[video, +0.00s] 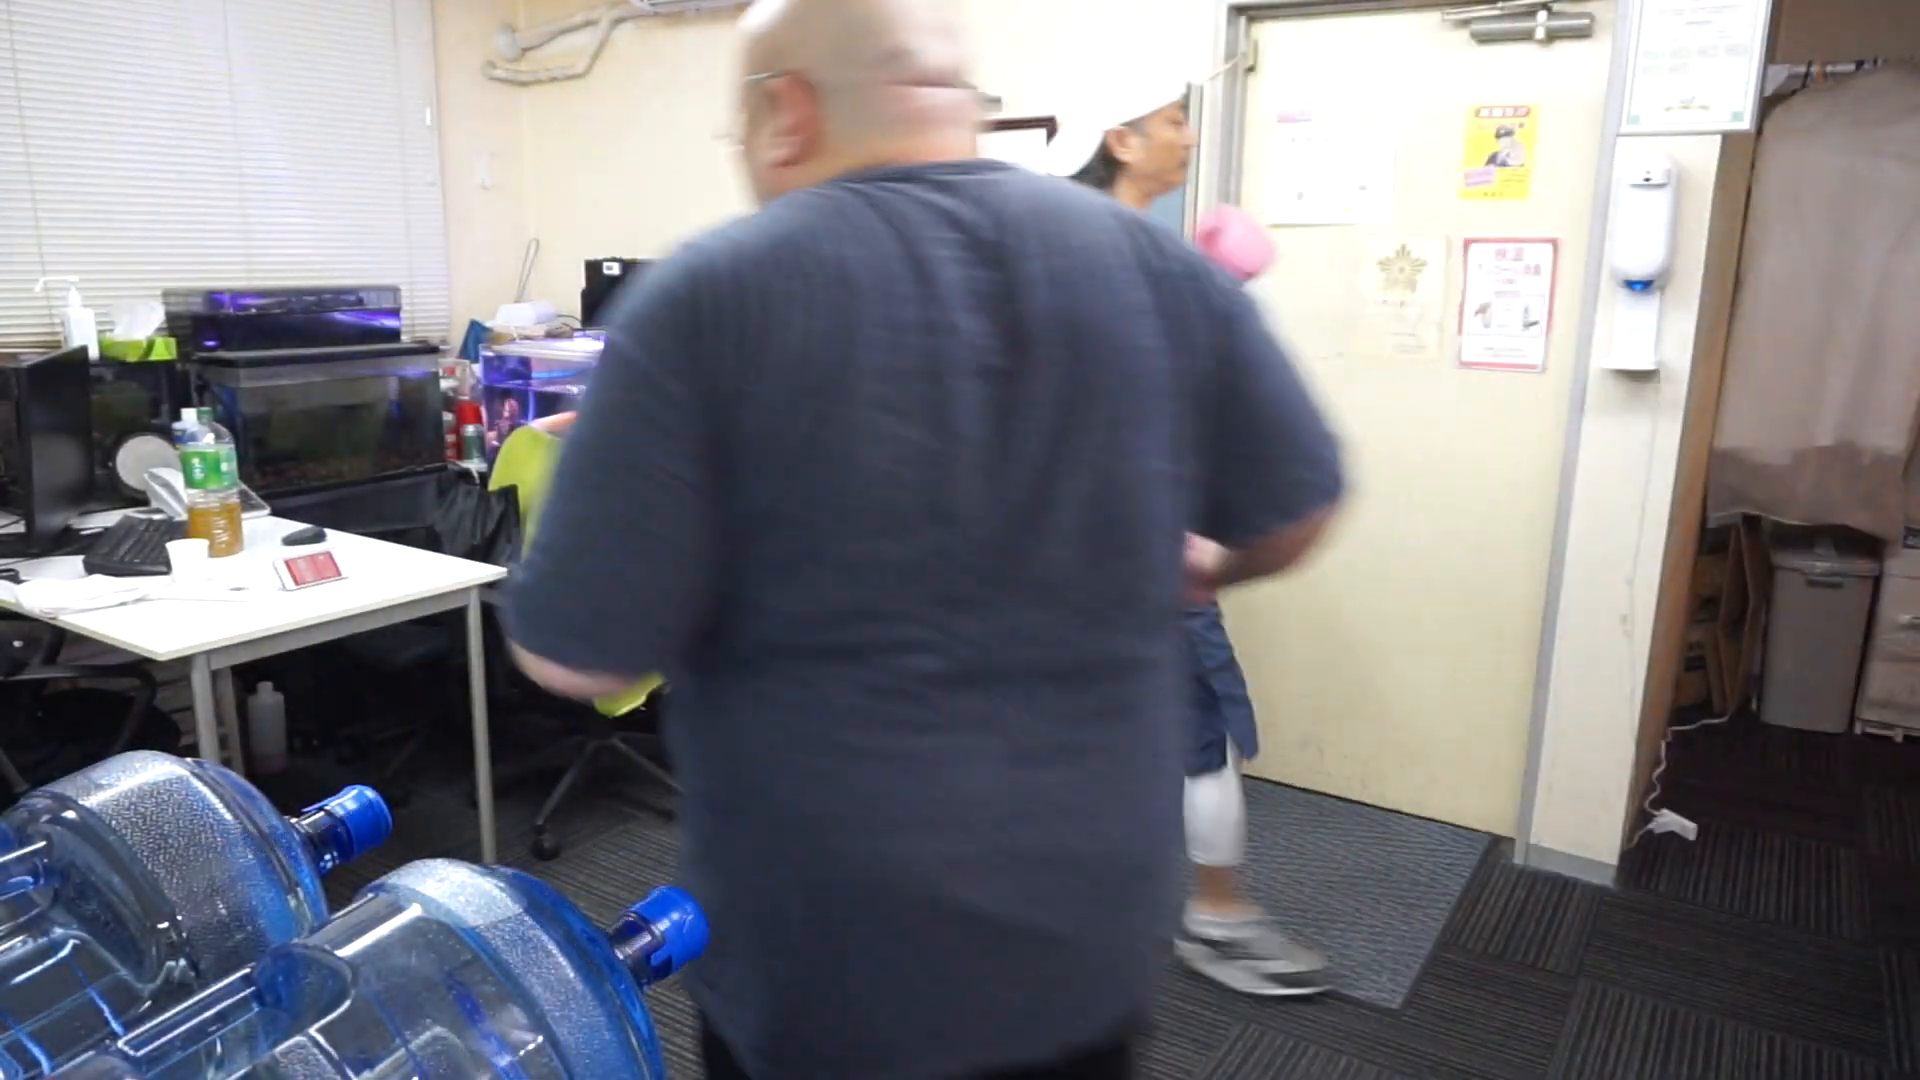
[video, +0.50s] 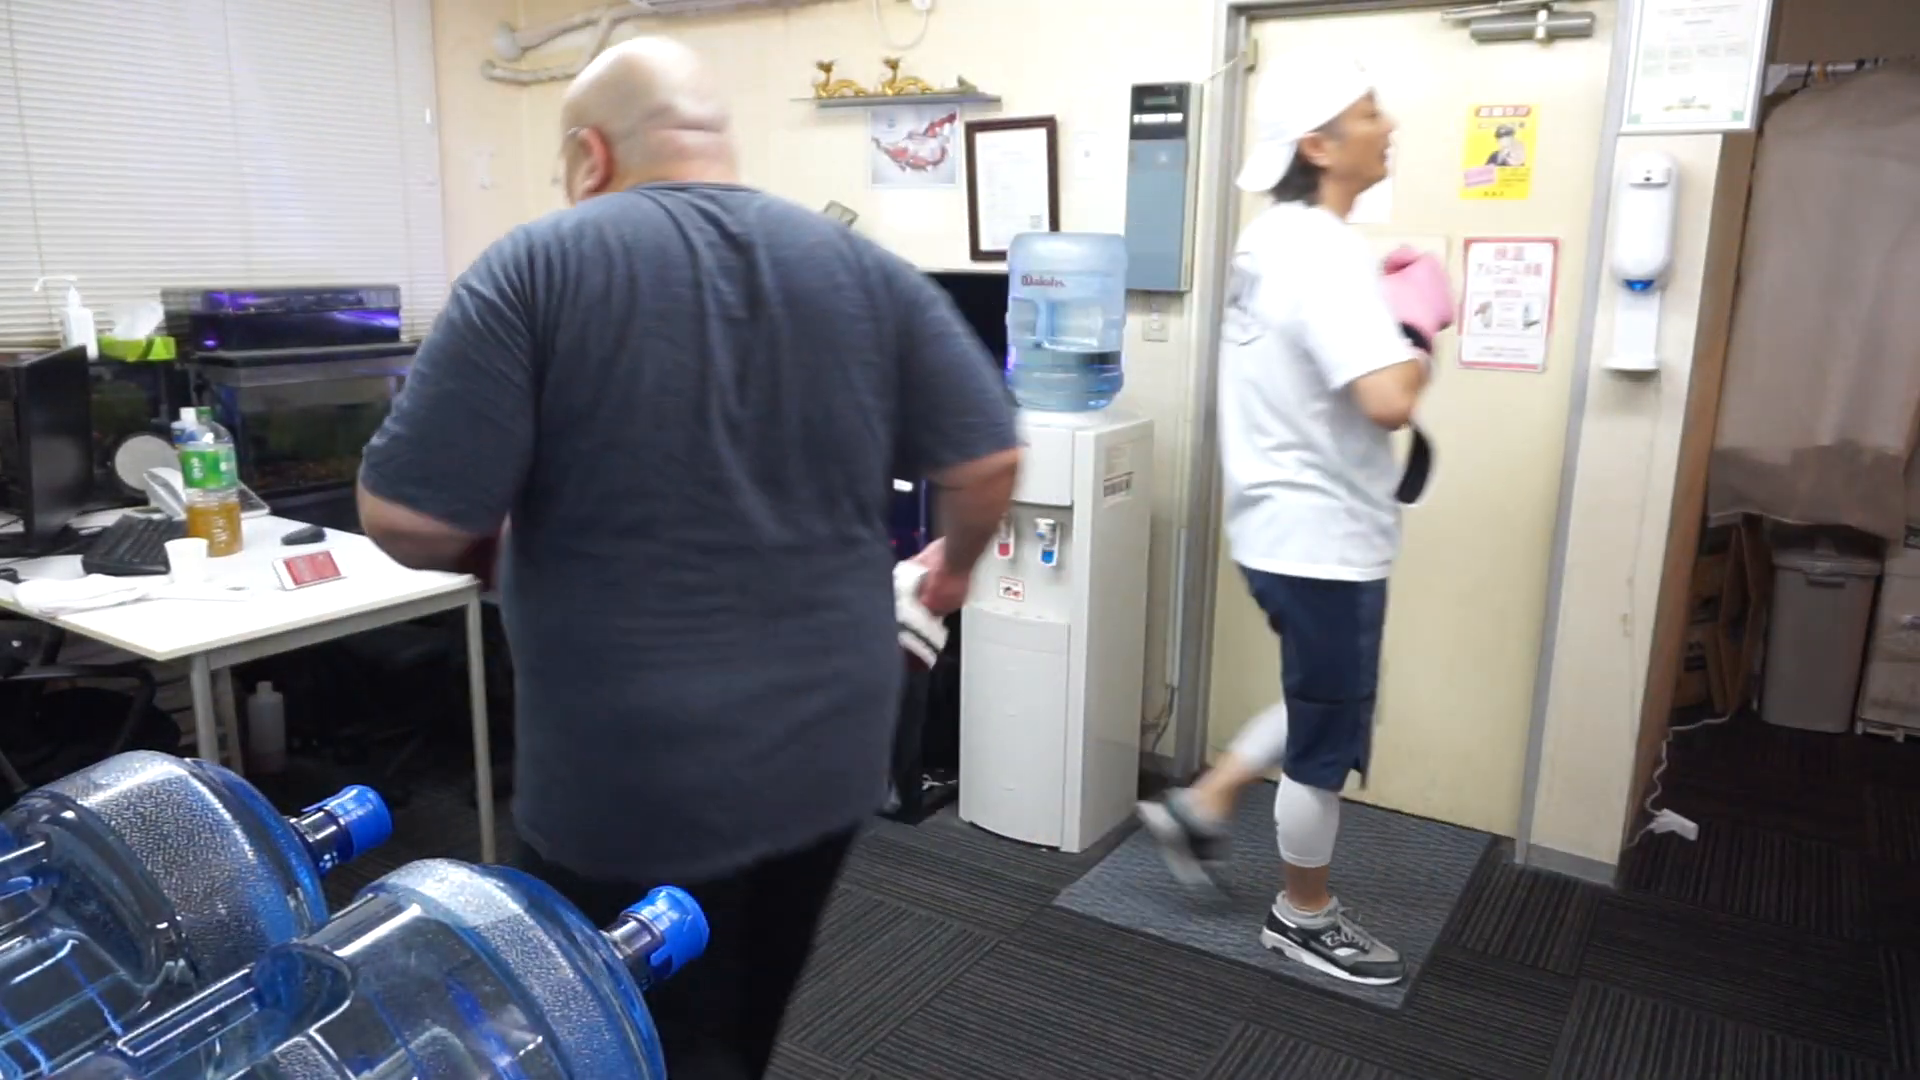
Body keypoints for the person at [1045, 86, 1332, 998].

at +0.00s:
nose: (1189, 136)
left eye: (1185, 120)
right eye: (1172, 121)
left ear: (1129, 145)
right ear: (1122, 140)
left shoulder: (1132, 240)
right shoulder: (1116, 243)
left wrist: (1210, 283)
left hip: (1140, 522)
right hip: (1145, 530)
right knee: (1208, 703)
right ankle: (1217, 908)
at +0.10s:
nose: (1227, 144)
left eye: (1222, 129)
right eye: (1211, 130)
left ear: (1162, 154)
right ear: (1160, 150)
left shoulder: (1135, 239)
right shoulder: (1141, 256)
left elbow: (1175, 369)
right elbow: (1209, 418)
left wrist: (1234, 313)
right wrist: (1240, 331)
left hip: (1126, 552)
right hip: (1171, 563)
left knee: (1099, 728)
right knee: (1219, 742)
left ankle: (1056, 880)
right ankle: (1291, 908)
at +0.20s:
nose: (1266, 144)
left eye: (1261, 127)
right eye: (1250, 129)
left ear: (1204, 154)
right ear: (1202, 152)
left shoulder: (1160, 244)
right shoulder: (1191, 255)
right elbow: (1259, 406)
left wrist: (1265, 331)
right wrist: (1286, 334)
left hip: (1161, 541)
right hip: (1210, 553)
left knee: (1116, 713)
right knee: (1260, 739)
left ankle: (1054, 883)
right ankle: (1300, 909)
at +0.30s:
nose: (1312, 137)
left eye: (1303, 120)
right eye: (1293, 124)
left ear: (1243, 155)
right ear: (1244, 155)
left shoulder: (1192, 244)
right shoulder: (1244, 256)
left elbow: (1215, 375)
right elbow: (1296, 410)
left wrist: (1295, 316)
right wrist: (1332, 345)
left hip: (1190, 536)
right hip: (1255, 547)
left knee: (1174, 700)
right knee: (1288, 735)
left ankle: (1068, 870)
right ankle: (1305, 912)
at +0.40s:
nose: (1352, 129)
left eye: (1342, 114)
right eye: (1333, 118)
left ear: (1283, 152)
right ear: (1285, 150)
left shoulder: (1238, 239)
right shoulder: (1288, 253)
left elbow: (1265, 371)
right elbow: (1337, 403)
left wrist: (1338, 306)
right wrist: (1380, 338)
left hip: (1241, 531)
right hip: (1297, 541)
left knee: (1258, 696)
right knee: (1315, 732)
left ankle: (1124, 830)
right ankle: (1304, 911)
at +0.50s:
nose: (1388, 126)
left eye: (1379, 111)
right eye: (1370, 117)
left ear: (1325, 149)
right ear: (1324, 148)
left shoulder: (1280, 237)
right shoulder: (1324, 252)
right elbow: (1388, 401)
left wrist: (1379, 302)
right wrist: (1423, 338)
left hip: (1280, 526)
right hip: (1321, 538)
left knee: (1321, 698)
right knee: (1329, 728)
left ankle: (1198, 809)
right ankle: (1303, 913)